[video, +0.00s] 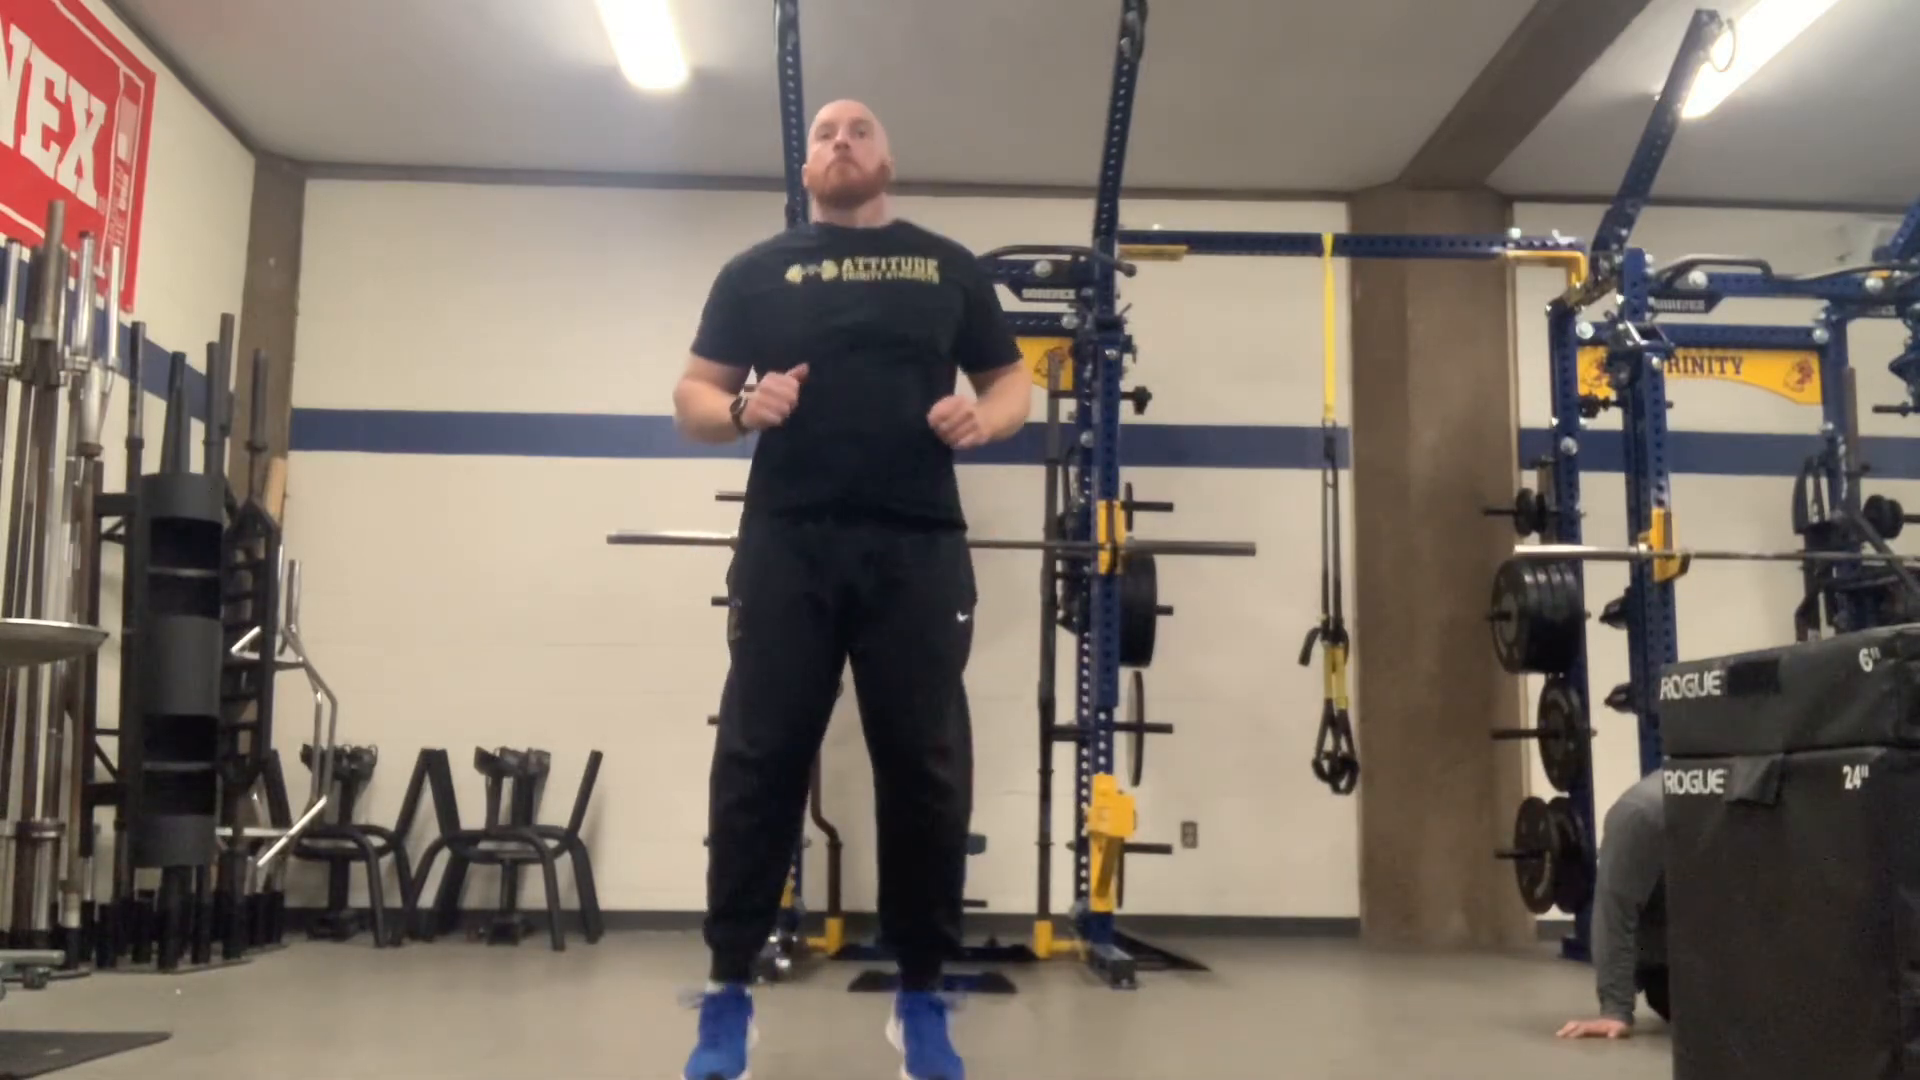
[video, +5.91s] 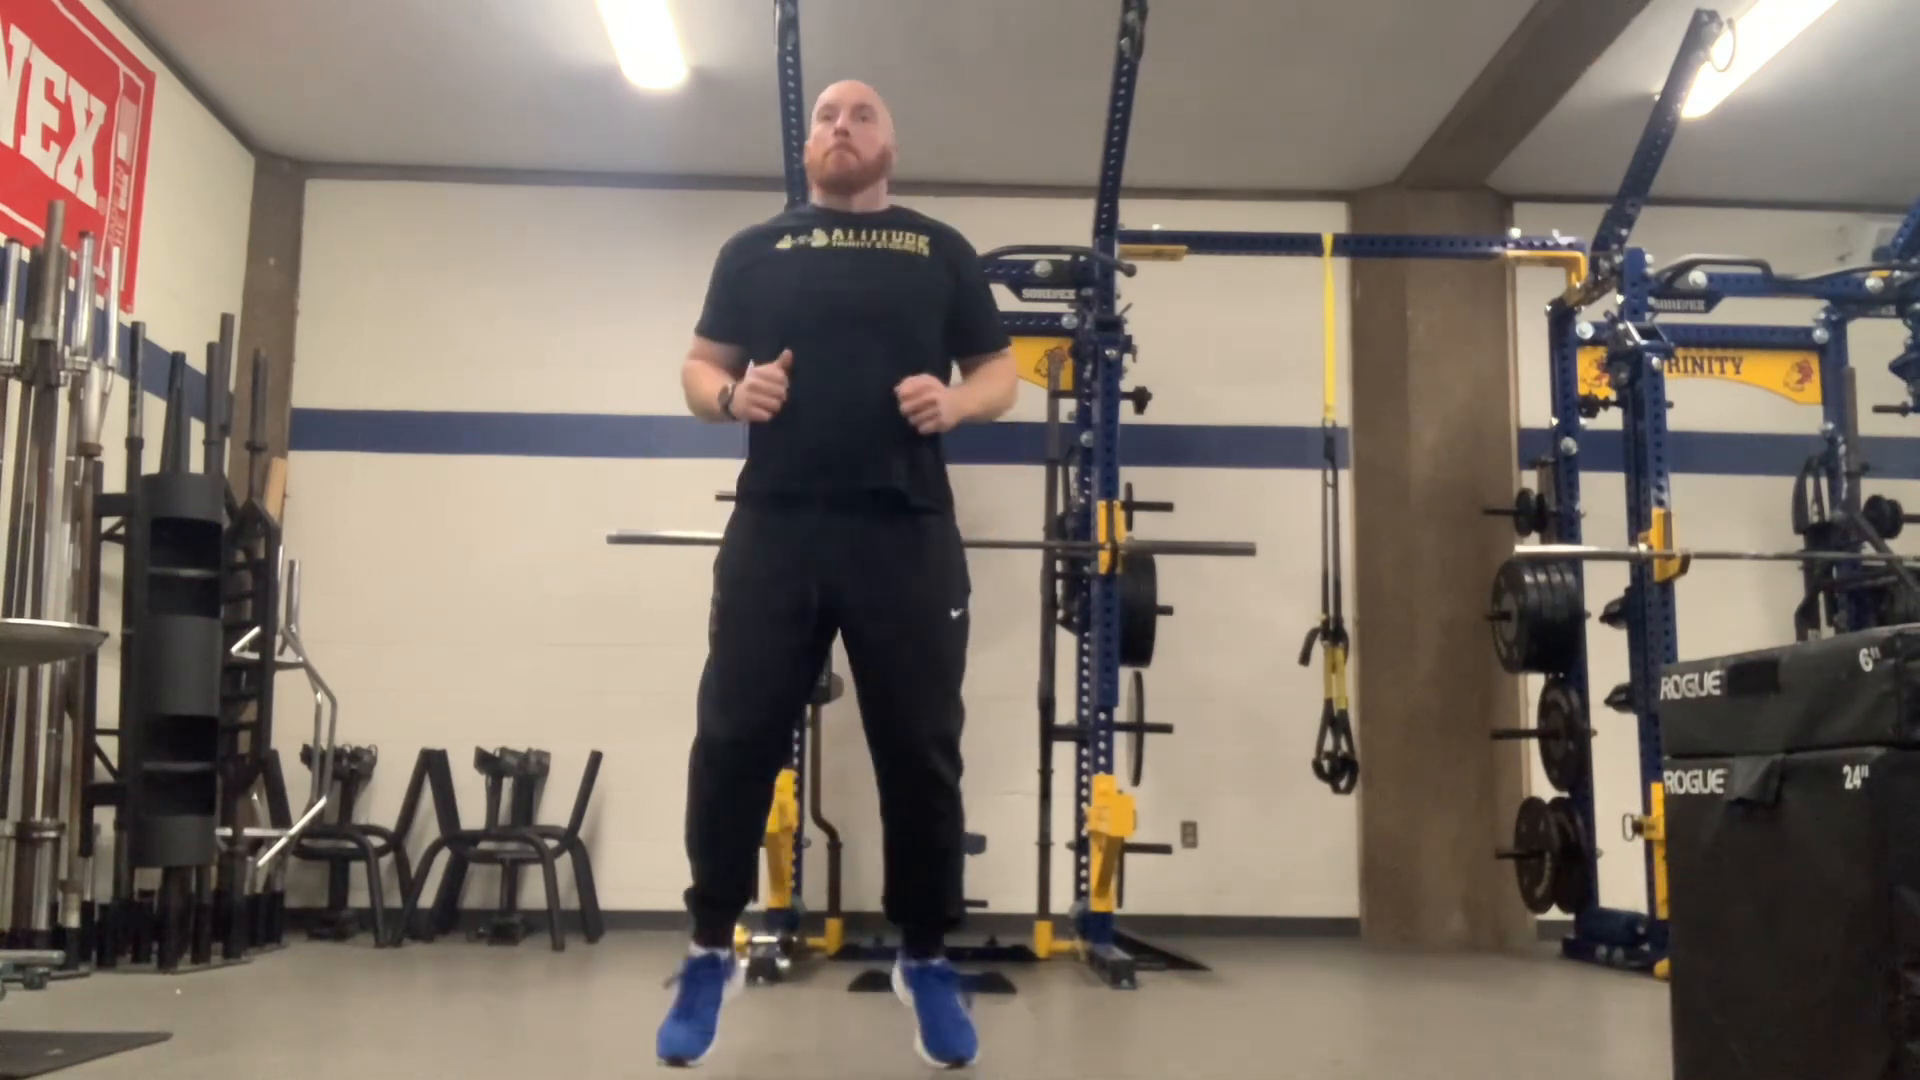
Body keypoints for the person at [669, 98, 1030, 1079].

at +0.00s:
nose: (844, 136)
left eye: (860, 127)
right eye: (826, 132)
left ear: (892, 161)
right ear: (802, 170)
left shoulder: (948, 267)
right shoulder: (753, 274)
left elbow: (1013, 384)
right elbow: (693, 403)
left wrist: (984, 416)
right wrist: (741, 407)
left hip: (916, 552)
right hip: (787, 551)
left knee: (925, 768)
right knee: (758, 759)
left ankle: (923, 997)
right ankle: (729, 987)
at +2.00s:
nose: (841, 134)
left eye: (861, 125)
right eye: (825, 126)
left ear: (893, 159)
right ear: (802, 159)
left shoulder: (941, 259)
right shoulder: (752, 256)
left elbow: (1002, 382)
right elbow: (697, 370)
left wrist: (955, 422)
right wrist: (732, 406)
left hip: (903, 551)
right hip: (775, 546)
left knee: (912, 777)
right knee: (742, 766)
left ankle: (919, 992)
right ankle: (708, 988)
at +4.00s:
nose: (836, 211)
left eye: (855, 202)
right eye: (819, 204)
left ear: (886, 237)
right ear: (796, 239)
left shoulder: (933, 346)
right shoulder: (748, 347)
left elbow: (984, 469)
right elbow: (697, 472)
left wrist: (964, 508)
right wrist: (728, 511)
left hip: (897, 632)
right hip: (774, 629)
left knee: (893, 837)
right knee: (749, 830)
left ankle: (894, 1016)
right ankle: (719, 1010)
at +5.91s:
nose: (841, 125)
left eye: (861, 115)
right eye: (826, 117)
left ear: (895, 147)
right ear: (804, 150)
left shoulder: (940, 250)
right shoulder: (755, 252)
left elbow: (999, 374)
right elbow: (701, 371)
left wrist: (958, 400)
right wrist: (731, 394)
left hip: (904, 540)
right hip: (775, 535)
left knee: (922, 753)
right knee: (732, 742)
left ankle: (923, 959)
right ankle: (707, 952)